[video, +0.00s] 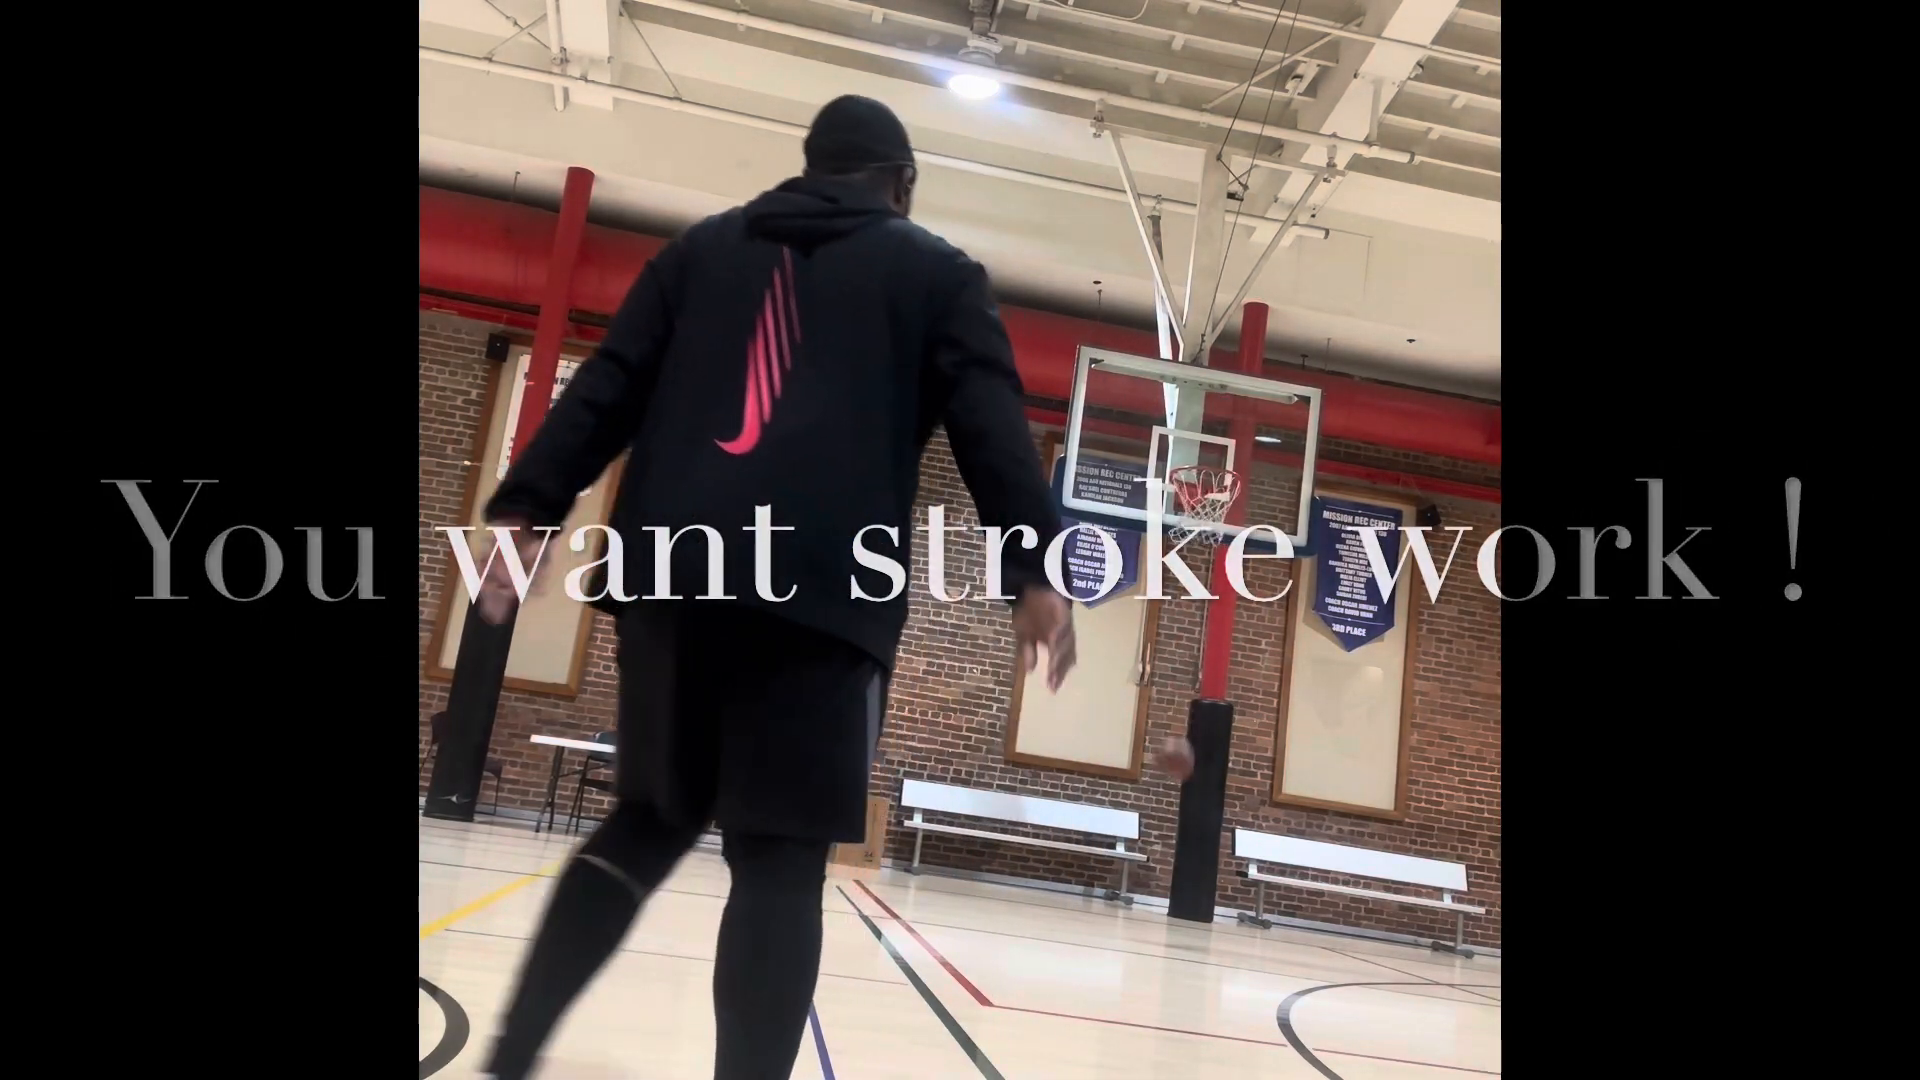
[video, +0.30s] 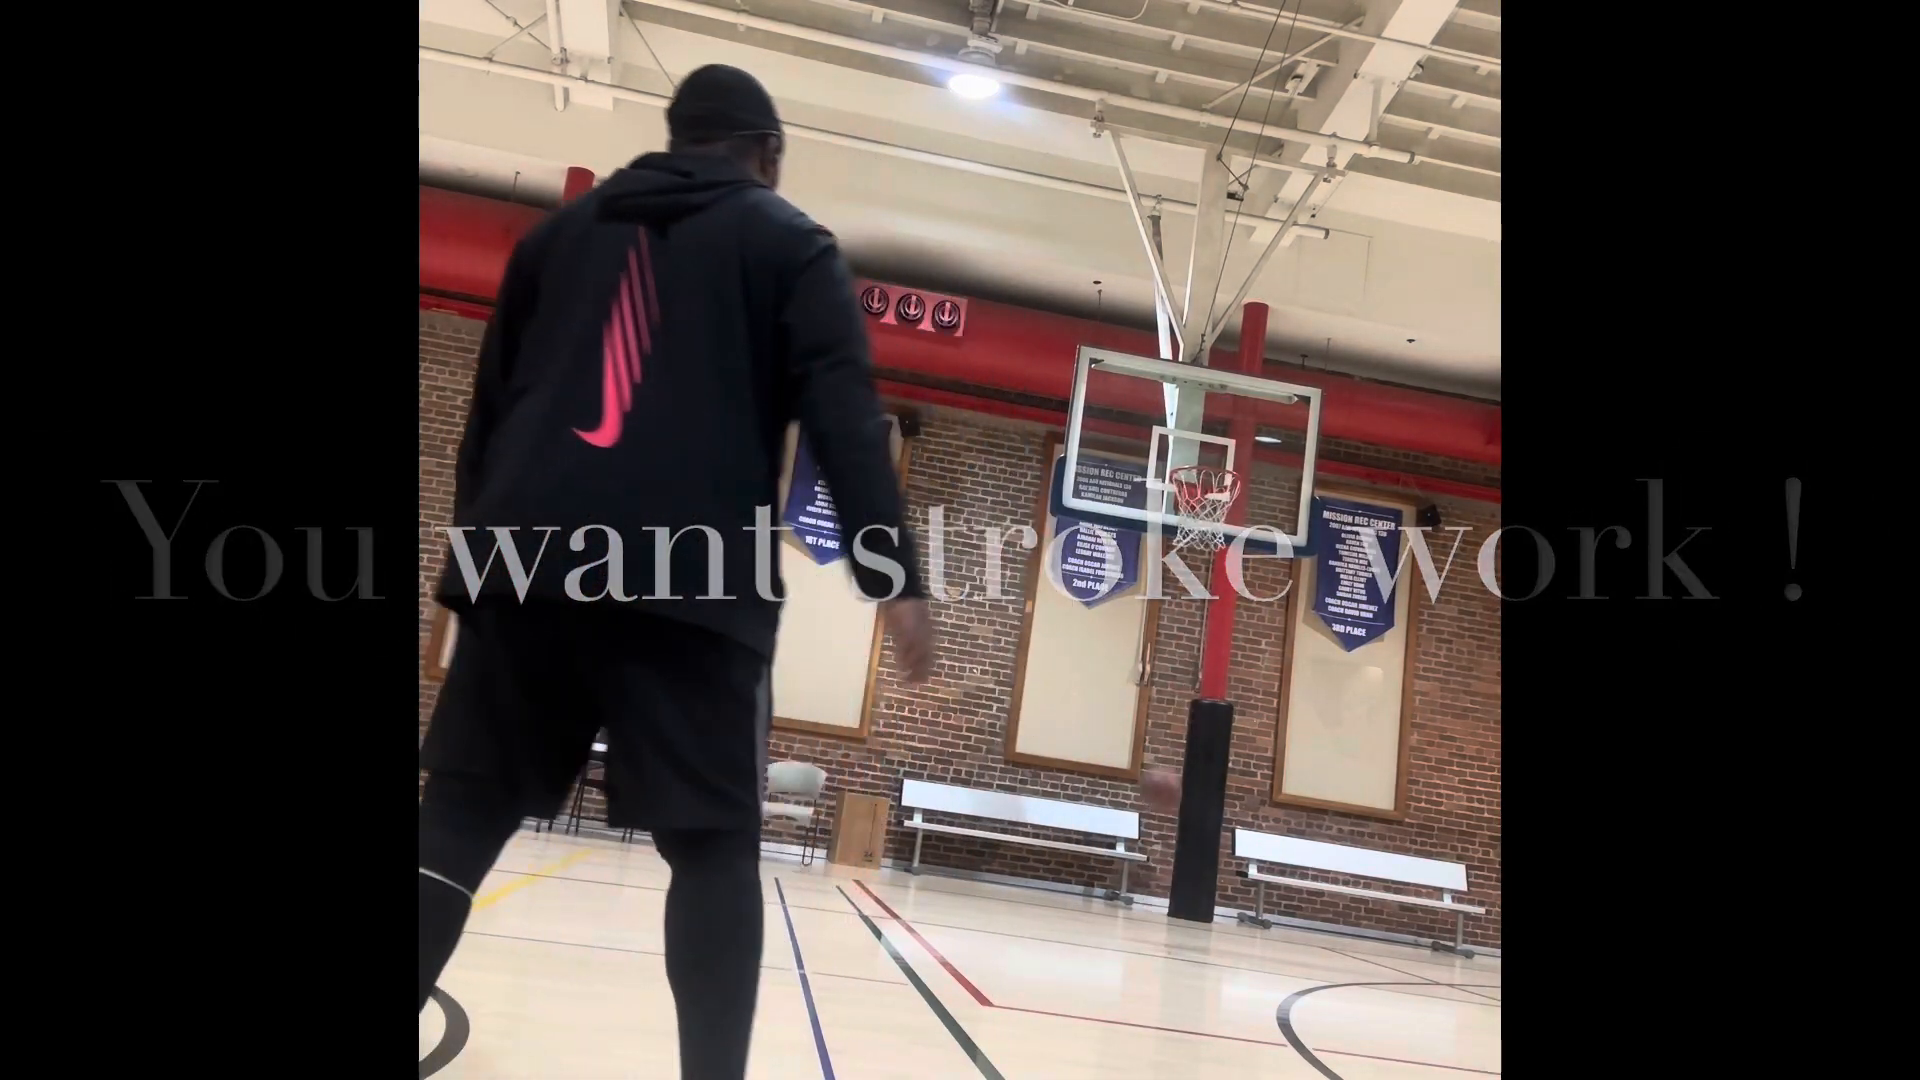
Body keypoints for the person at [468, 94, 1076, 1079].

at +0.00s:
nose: (912, 196)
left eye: (910, 185)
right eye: (913, 183)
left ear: (809, 168)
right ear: (899, 177)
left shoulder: (701, 248)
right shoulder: (931, 272)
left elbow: (611, 382)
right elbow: (989, 421)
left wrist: (528, 501)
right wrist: (1034, 568)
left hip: (664, 589)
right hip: (819, 606)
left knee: (648, 817)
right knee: (779, 861)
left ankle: (509, 1055)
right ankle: (750, 1074)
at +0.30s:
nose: (780, 173)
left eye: (777, 160)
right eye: (781, 158)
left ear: (672, 137)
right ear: (764, 150)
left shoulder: (557, 233)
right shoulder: (790, 245)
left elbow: (492, 405)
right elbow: (845, 421)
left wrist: (470, 565)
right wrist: (898, 581)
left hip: (529, 574)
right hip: (695, 592)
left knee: (457, 816)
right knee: (714, 847)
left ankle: (411, 1023)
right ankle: (714, 1070)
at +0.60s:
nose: (701, 168)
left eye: (696, 156)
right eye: (703, 155)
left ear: (593, 131)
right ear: (688, 148)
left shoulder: (485, 223)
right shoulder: (717, 245)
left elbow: (442, 378)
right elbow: (766, 418)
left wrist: (469, 499)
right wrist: (700, 545)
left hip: (464, 556)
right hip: (631, 576)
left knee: (439, 792)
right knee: (610, 807)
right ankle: (548, 1056)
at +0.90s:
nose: (700, 221)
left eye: (696, 211)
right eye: (703, 209)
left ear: (597, 187)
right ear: (689, 205)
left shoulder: (498, 264)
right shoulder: (720, 305)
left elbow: (420, 410)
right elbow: (754, 474)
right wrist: (769, 619)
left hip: (466, 581)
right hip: (621, 611)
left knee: (443, 799)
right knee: (550, 830)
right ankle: (476, 1051)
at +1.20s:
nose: (708, 246)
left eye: (700, 233)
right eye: (712, 233)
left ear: (619, 218)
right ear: (703, 231)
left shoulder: (531, 290)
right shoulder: (737, 331)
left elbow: (447, 429)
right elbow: (779, 484)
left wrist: (413, 510)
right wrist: (803, 616)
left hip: (499, 593)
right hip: (633, 621)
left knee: (446, 786)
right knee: (558, 824)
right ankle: (479, 1047)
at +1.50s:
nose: (710, 289)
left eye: (703, 277)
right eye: (710, 277)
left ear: (625, 263)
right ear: (699, 274)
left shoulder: (541, 338)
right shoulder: (726, 361)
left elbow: (474, 468)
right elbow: (760, 493)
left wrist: (451, 591)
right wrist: (721, 598)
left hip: (515, 617)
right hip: (636, 638)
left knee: (491, 810)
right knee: (568, 824)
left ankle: (473, 1012)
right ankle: (480, 1035)